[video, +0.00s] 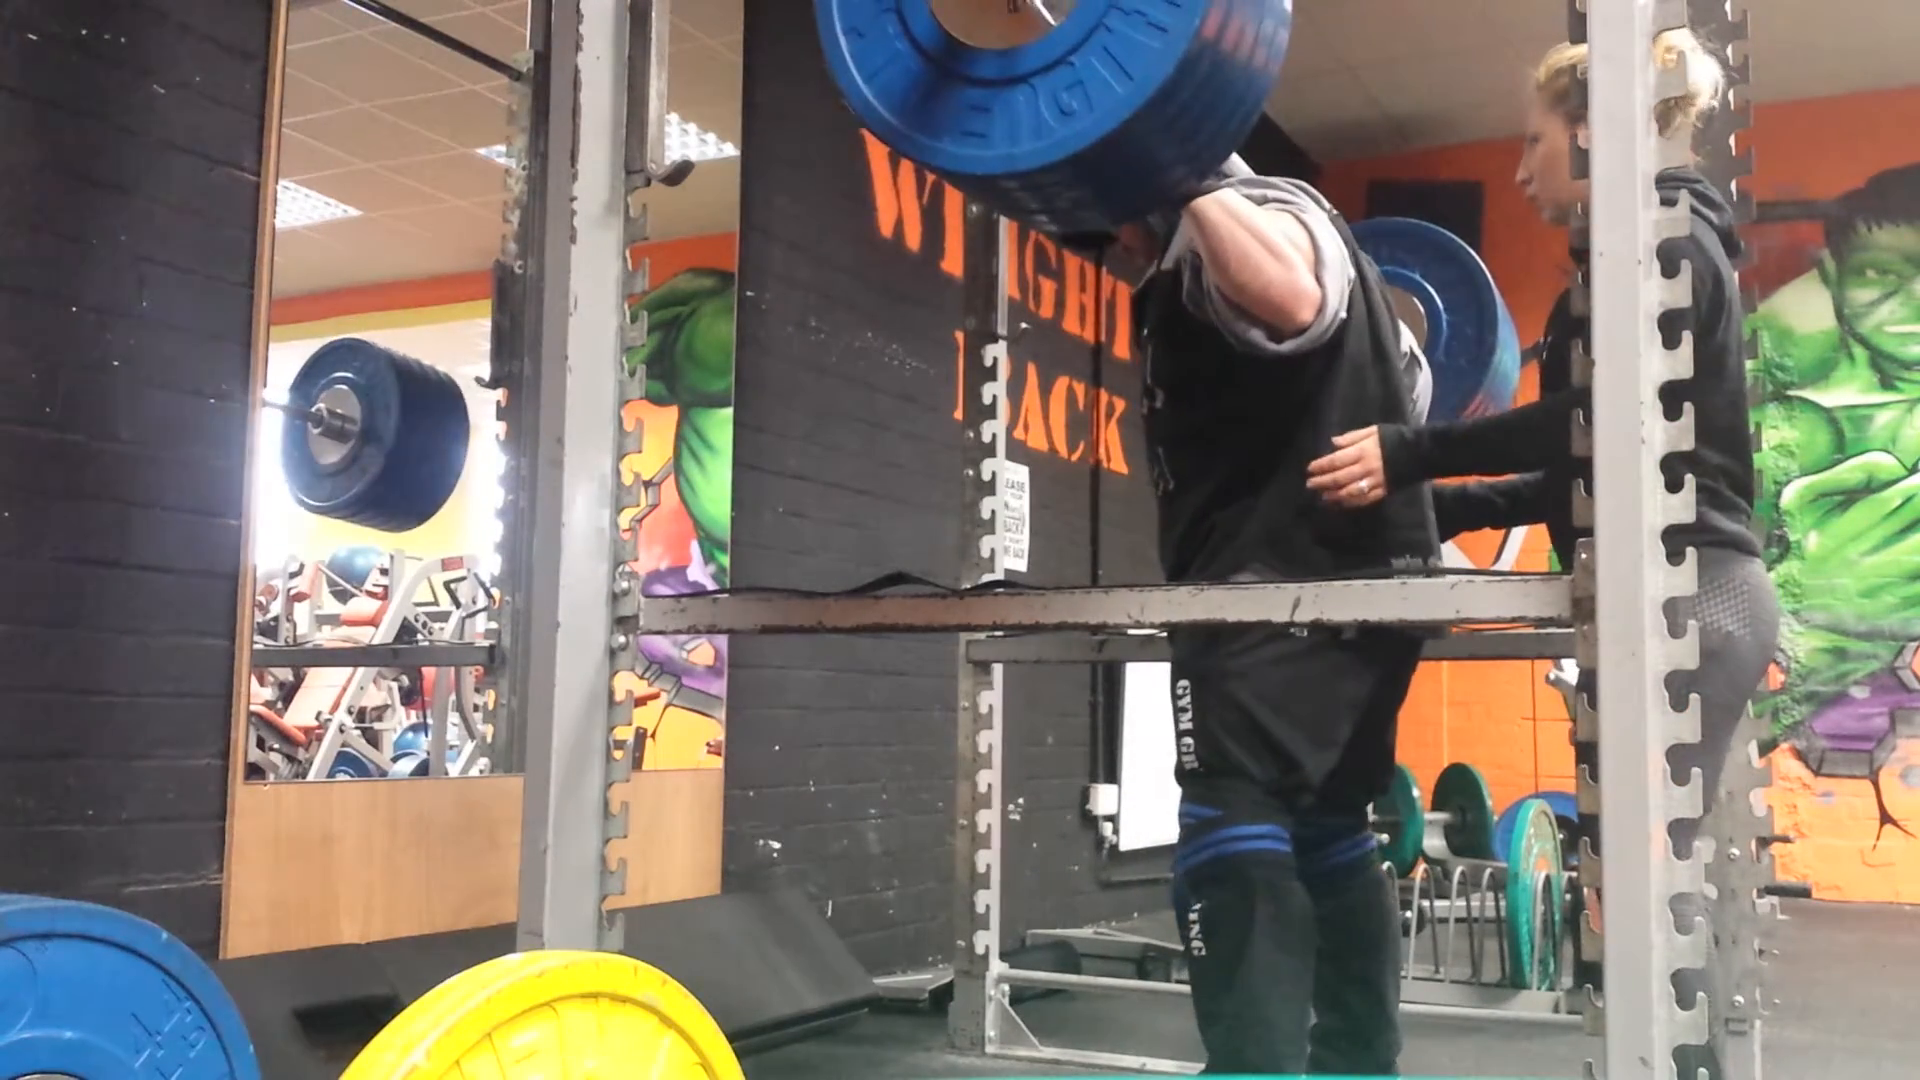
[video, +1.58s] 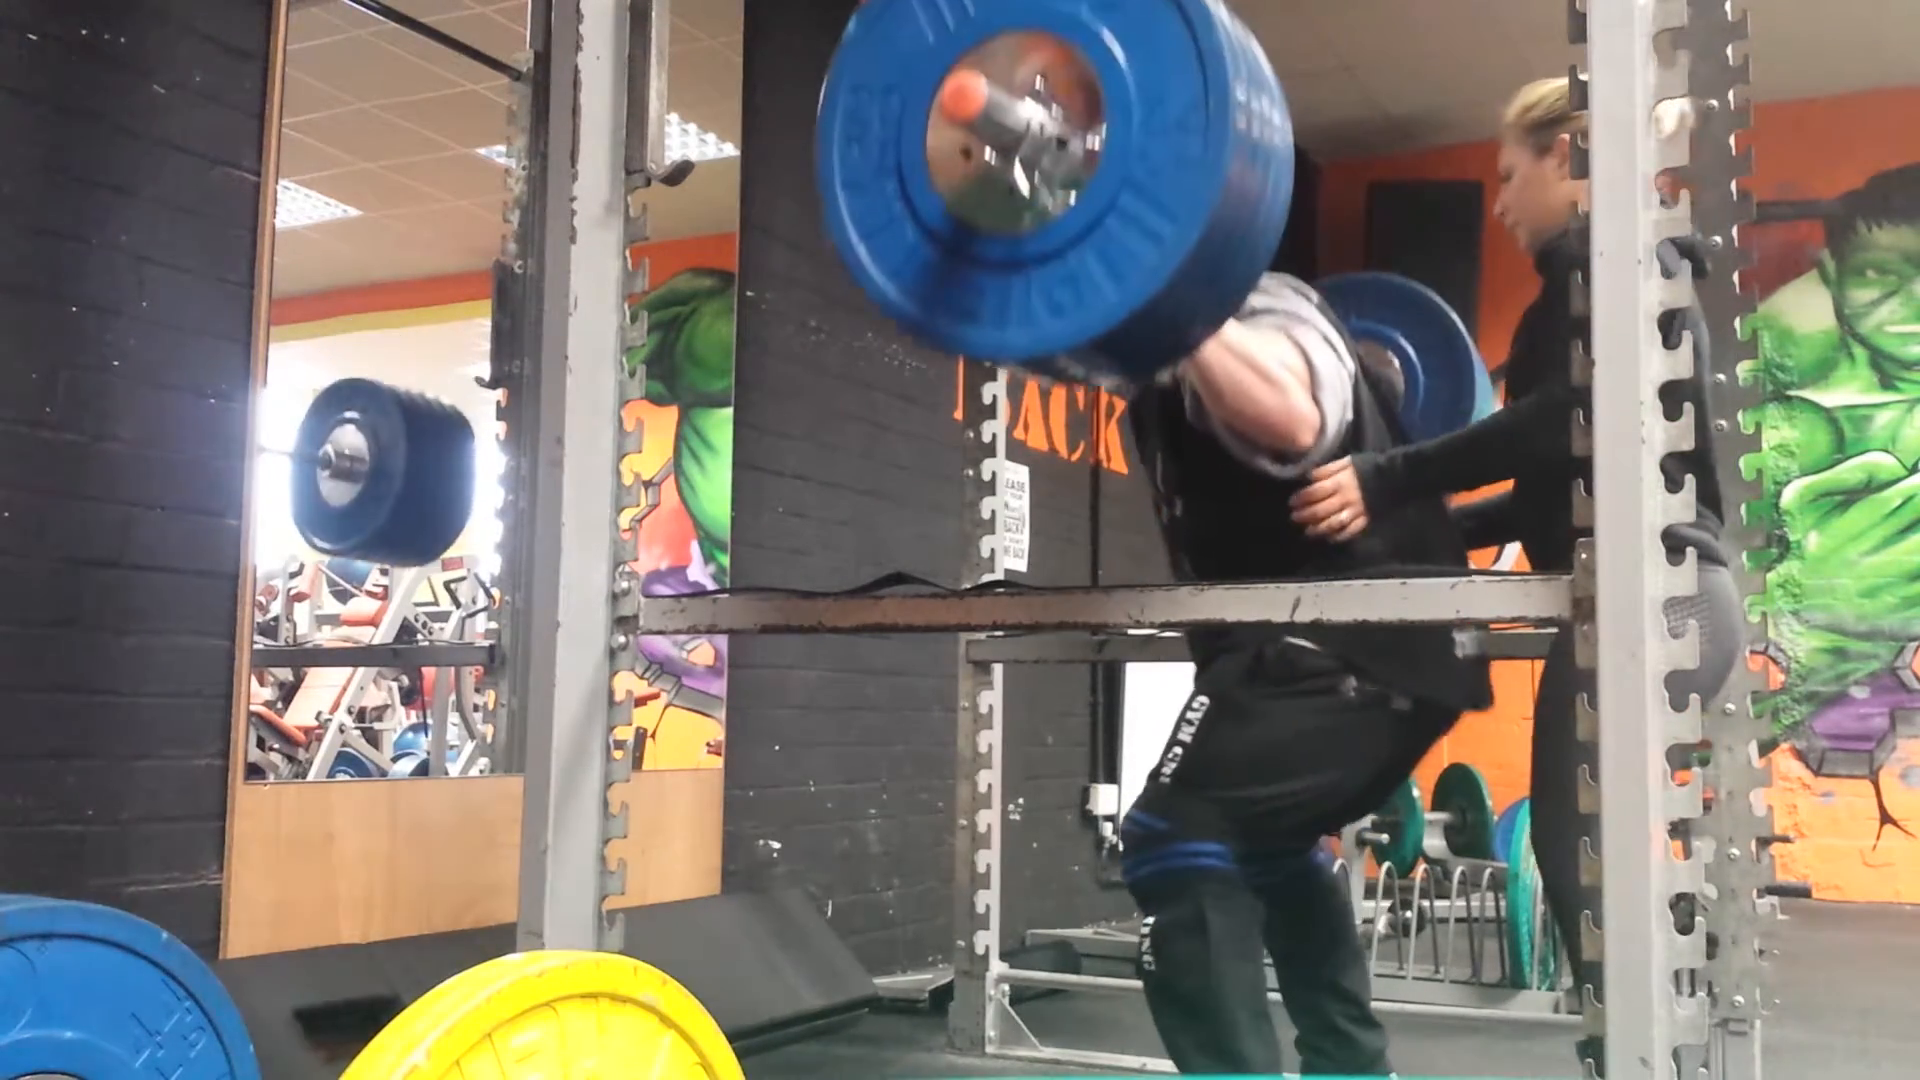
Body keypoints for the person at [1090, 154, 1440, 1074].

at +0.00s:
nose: (1105, 254)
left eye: (1099, 231)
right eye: (1089, 238)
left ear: (1136, 199)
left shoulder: (1257, 211)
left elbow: (1291, 295)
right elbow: (1409, 362)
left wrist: (1181, 175)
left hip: (1283, 587)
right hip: (1368, 589)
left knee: (1234, 826)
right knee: (1327, 827)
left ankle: (1255, 1064)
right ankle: (1357, 1063)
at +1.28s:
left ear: (1166, 148)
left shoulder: (1251, 223)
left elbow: (1260, 325)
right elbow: (1379, 306)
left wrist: (1170, 193)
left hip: (1290, 595)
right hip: (1340, 591)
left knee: (1227, 820)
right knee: (1312, 820)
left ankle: (1251, 1062)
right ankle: (1349, 1059)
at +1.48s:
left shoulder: (1268, 275)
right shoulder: (1157, 312)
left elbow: (1283, 380)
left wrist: (1173, 266)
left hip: (1326, 616)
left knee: (1189, 829)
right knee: (1282, 833)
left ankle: (1240, 1069)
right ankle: (1351, 1064)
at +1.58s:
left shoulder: (1270, 309)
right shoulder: (1151, 348)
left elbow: (1290, 422)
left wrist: (1177, 310)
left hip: (1340, 653)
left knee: (1173, 839)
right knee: (1274, 843)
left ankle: (1237, 1069)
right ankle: (1350, 1065)